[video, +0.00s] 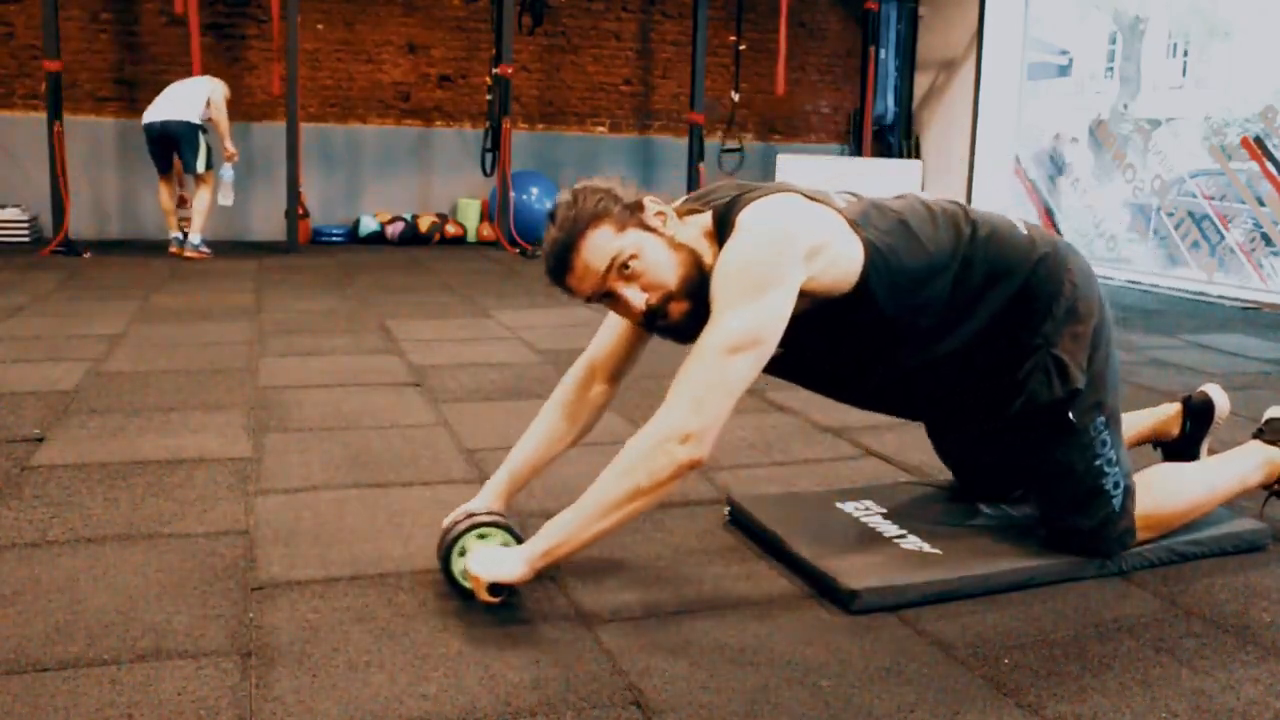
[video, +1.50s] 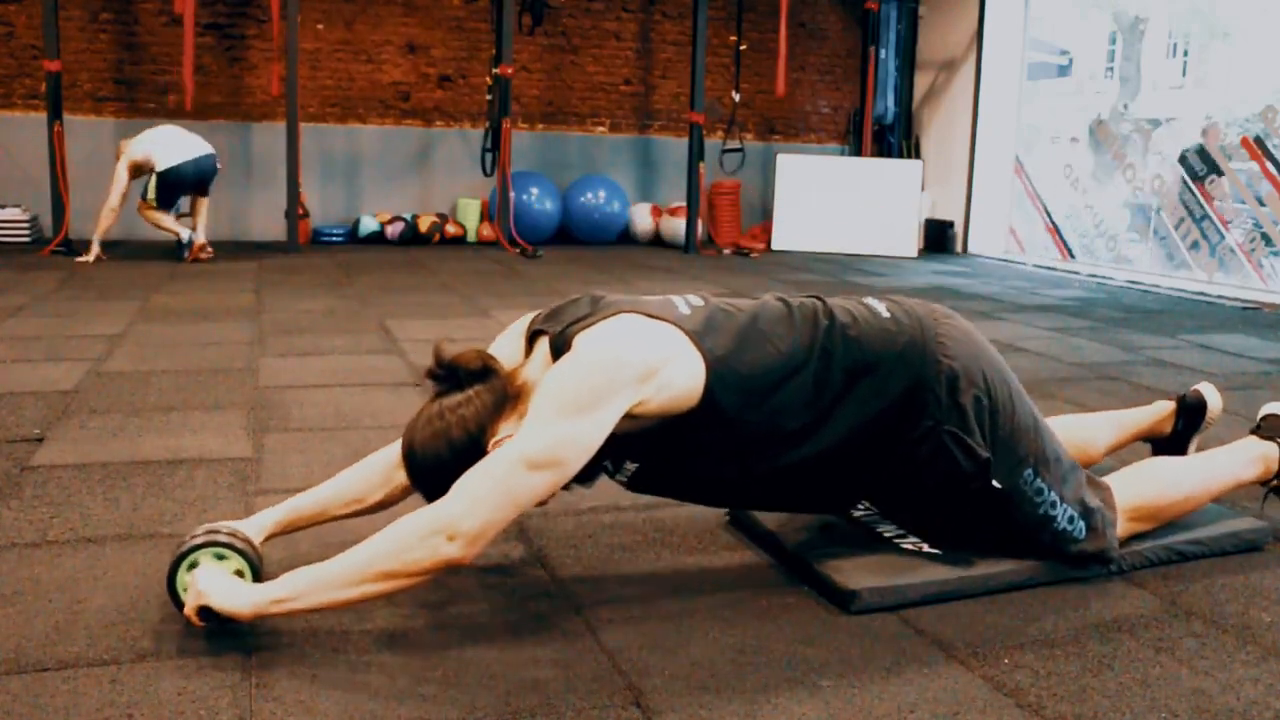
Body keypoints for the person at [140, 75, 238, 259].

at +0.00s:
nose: (224, 100)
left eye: (224, 98)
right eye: (225, 97)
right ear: (221, 87)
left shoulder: (180, 86)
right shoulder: (216, 84)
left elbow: (174, 152)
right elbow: (217, 109)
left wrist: (181, 189)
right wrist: (227, 142)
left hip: (152, 122)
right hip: (184, 121)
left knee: (165, 179)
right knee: (204, 182)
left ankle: (174, 236)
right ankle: (194, 240)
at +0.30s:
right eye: (224, 106)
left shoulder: (176, 91)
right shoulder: (217, 93)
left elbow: (174, 164)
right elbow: (218, 113)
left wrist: (184, 199)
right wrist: (225, 150)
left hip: (153, 117)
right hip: (185, 116)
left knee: (166, 176)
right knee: (202, 181)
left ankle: (174, 235)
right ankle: (194, 239)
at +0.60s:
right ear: (213, 84)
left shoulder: (173, 88)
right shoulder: (218, 90)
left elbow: (153, 146)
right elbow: (221, 121)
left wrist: (157, 184)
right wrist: (223, 158)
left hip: (160, 117)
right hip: (195, 117)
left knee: (168, 180)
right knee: (204, 181)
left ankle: (175, 236)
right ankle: (201, 239)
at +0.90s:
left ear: (169, 95)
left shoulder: (163, 102)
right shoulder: (209, 95)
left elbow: (143, 150)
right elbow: (229, 133)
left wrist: (130, 191)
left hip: (179, 124)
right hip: (214, 123)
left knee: (168, 177)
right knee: (211, 180)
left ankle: (170, 238)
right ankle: (201, 241)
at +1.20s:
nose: (152, 157)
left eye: (148, 152)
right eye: (150, 155)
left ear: (143, 132)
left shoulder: (145, 133)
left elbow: (127, 181)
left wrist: (108, 220)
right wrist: (184, 219)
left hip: (192, 135)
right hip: (224, 130)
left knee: (169, 190)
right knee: (209, 184)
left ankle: (199, 240)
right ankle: (202, 241)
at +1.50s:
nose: (130, 172)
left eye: (123, 162)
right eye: (124, 164)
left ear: (124, 153)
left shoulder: (128, 154)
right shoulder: (169, 133)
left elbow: (113, 205)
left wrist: (96, 240)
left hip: (173, 168)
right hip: (208, 160)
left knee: (146, 209)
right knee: (201, 195)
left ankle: (185, 236)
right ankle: (200, 239)